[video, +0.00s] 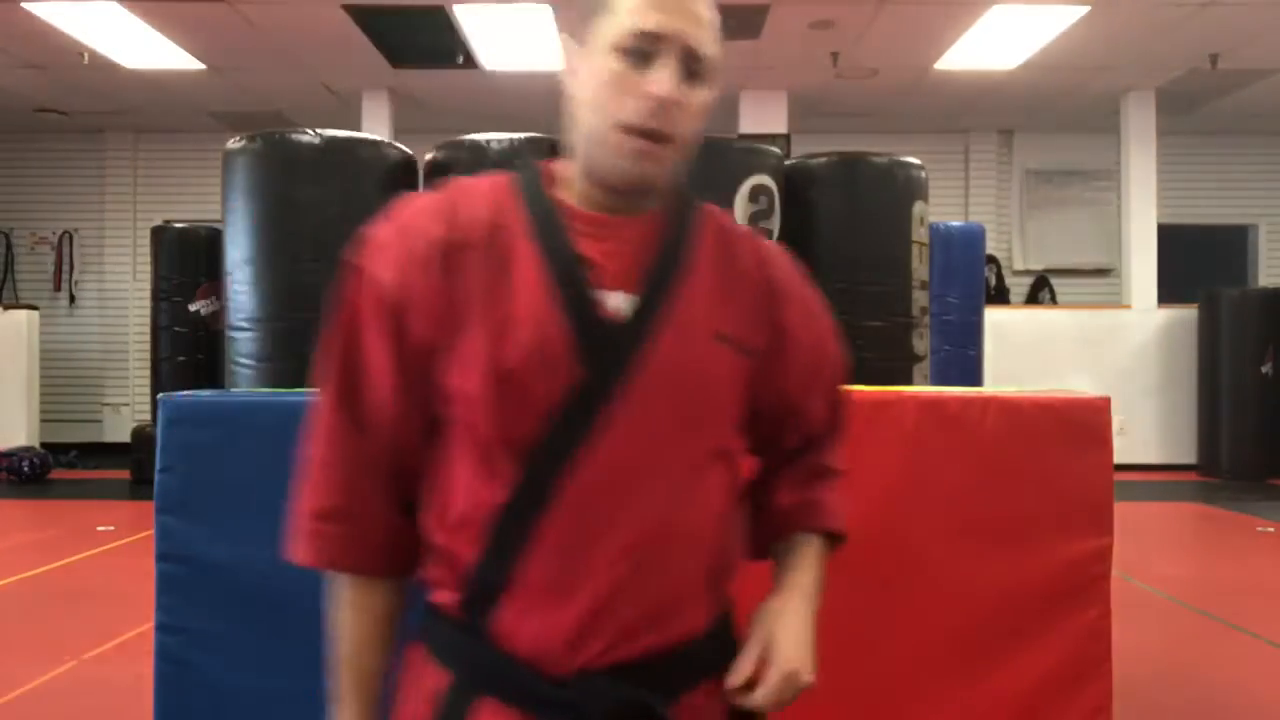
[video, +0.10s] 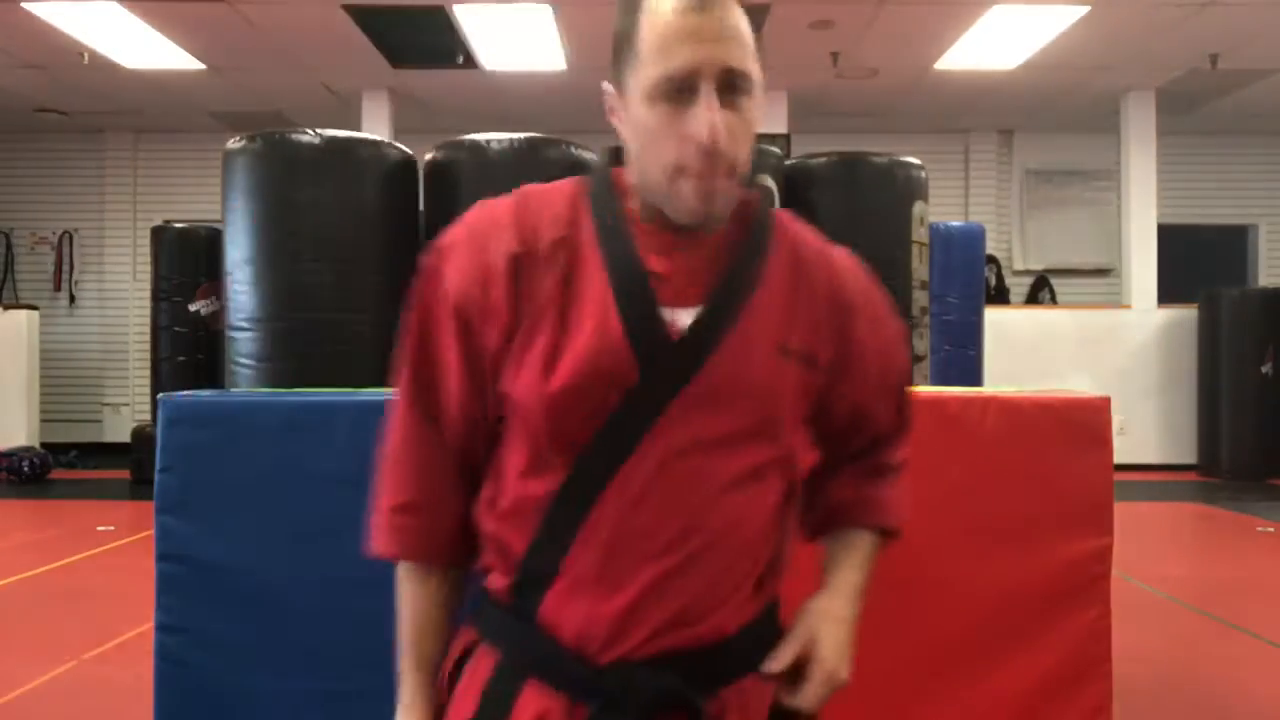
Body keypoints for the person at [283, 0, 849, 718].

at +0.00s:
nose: (665, 92)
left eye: (694, 71)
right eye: (639, 55)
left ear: (712, 103)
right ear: (572, 64)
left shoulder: (761, 282)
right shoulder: (425, 248)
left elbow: (806, 456)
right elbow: (362, 523)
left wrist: (797, 594)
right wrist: (354, 708)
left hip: (684, 695)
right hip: (473, 694)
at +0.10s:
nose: (710, 125)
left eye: (732, 91)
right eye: (677, 93)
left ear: (759, 105)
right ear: (617, 110)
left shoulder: (828, 288)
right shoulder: (495, 253)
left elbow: (870, 455)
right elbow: (426, 493)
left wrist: (841, 597)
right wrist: (415, 696)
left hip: (726, 697)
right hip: (525, 692)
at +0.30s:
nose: (702, 141)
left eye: (726, 94)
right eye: (664, 104)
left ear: (764, 90)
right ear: (615, 113)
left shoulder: (866, 243)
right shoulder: (526, 249)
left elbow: (947, 379)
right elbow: (468, 427)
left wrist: (907, 548)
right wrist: (461, 588)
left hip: (781, 678)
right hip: (585, 672)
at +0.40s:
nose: (655, 152)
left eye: (675, 104)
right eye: (617, 120)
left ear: (720, 95)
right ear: (580, 133)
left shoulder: (846, 228)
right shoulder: (514, 268)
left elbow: (953, 364)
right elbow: (483, 440)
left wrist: (915, 535)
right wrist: (474, 582)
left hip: (789, 673)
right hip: (595, 672)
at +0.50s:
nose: (599, 152)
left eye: (618, 105)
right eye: (563, 126)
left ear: (670, 88)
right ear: (537, 141)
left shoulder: (809, 218)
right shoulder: (510, 271)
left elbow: (947, 347)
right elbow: (493, 448)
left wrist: (903, 528)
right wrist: (467, 579)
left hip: (761, 673)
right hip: (575, 668)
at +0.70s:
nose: (493, 156)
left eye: (511, 116)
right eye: (464, 136)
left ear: (573, 112)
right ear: (449, 162)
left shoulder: (697, 232)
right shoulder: (457, 297)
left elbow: (868, 353)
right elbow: (453, 502)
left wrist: (807, 543)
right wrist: (398, 640)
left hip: (675, 670)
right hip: (517, 668)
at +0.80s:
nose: (435, 156)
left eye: (454, 120)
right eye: (409, 142)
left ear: (517, 116)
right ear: (404, 175)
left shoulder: (657, 231)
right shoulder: (423, 304)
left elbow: (831, 341)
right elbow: (432, 507)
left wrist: (773, 523)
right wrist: (400, 643)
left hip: (653, 661)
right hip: (501, 663)